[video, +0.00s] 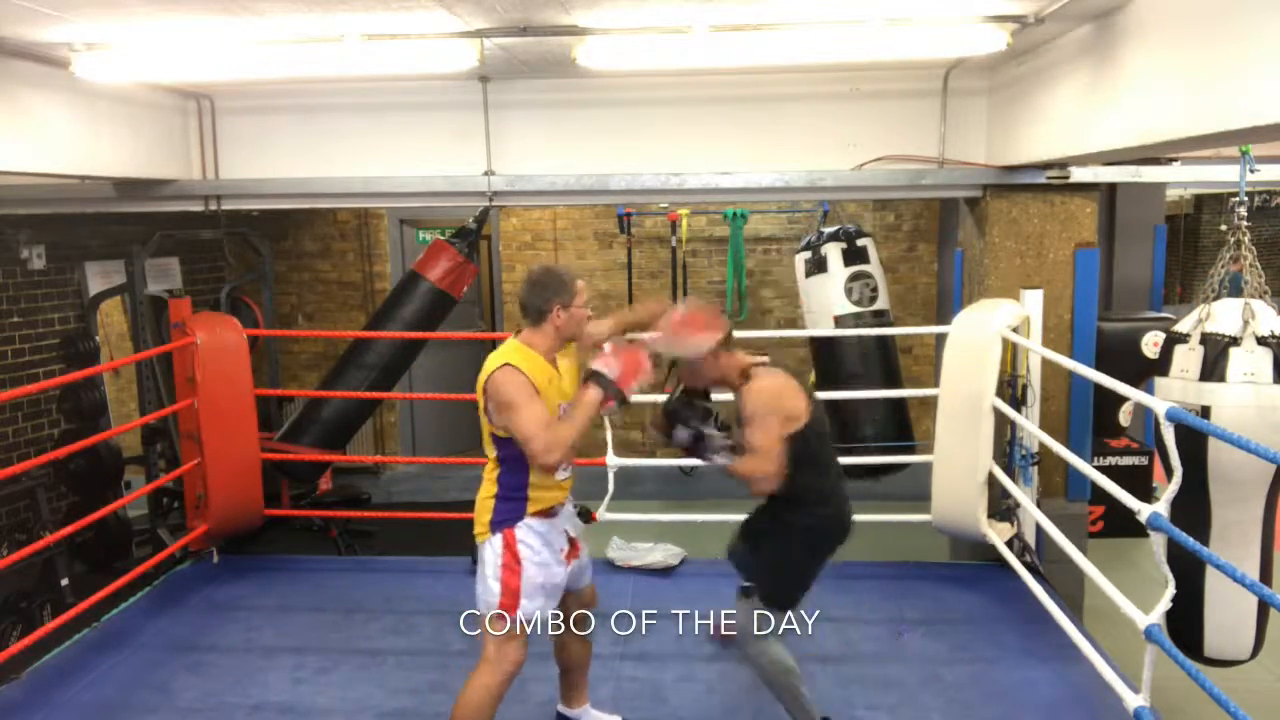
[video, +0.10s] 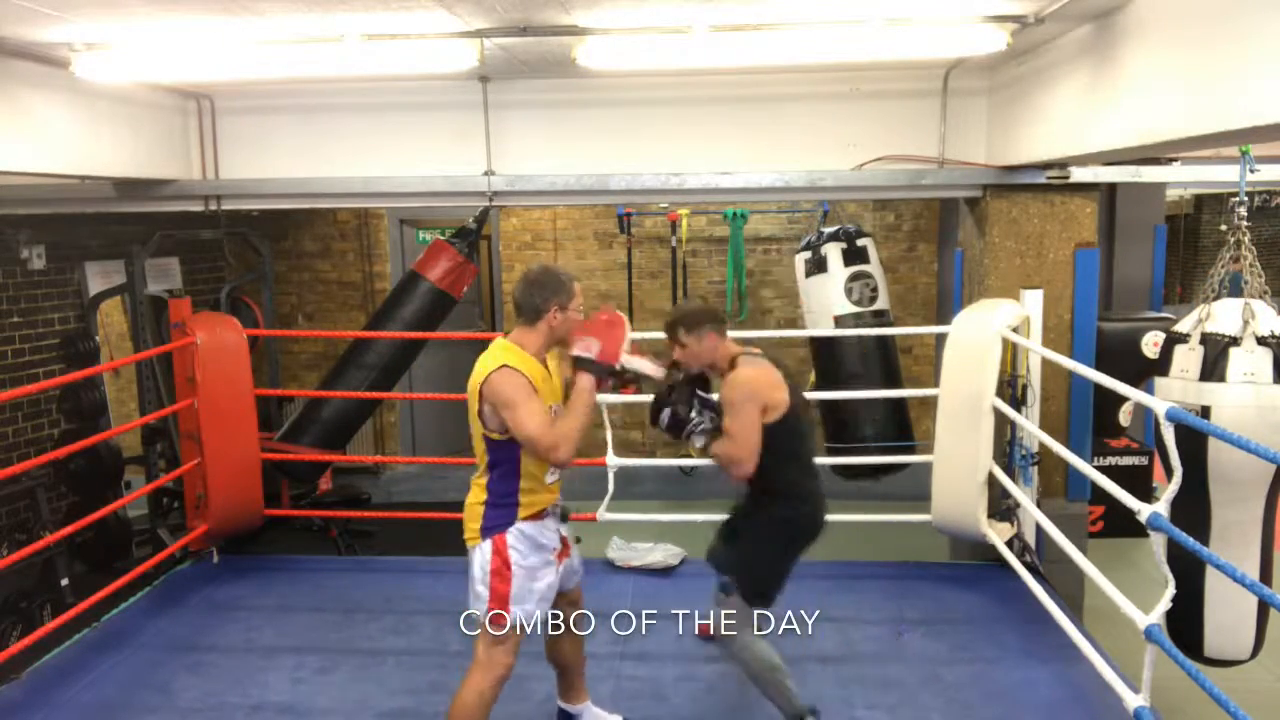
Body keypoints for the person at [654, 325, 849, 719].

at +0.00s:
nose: (684, 379)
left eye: (685, 367)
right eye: (681, 368)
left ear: (709, 359)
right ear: (712, 355)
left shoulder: (763, 391)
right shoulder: (754, 381)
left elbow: (766, 476)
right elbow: (756, 449)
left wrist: (714, 452)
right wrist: (713, 435)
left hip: (813, 516)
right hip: (792, 505)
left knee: (753, 631)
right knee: (749, 560)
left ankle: (809, 715)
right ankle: (745, 626)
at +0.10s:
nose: (677, 360)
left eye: (678, 349)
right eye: (673, 351)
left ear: (704, 339)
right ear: (710, 339)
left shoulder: (742, 382)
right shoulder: (745, 361)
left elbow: (742, 462)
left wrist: (698, 431)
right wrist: (699, 410)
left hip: (787, 510)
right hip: (779, 500)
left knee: (733, 626)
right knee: (726, 560)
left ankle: (799, 713)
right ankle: (727, 625)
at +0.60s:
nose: (642, 345)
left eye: (648, 334)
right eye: (640, 335)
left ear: (677, 326)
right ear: (674, 329)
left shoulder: (714, 363)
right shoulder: (681, 368)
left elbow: (730, 411)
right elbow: (657, 410)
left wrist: (666, 411)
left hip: (743, 494)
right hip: (717, 486)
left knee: (670, 590)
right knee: (694, 555)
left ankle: (698, 701)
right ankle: (738, 614)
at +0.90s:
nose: (613, 383)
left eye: (614, 371)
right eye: (611, 373)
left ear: (638, 365)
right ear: (647, 362)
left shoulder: (680, 408)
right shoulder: (706, 384)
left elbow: (657, 497)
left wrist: (617, 453)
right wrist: (643, 442)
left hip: (745, 545)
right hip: (768, 533)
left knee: (635, 623)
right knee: (704, 562)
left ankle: (650, 714)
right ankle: (760, 636)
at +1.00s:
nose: (642, 373)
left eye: (640, 361)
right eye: (638, 363)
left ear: (658, 351)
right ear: (683, 346)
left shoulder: (680, 397)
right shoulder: (741, 379)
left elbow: (657, 487)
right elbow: (714, 450)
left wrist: (633, 437)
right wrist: (653, 422)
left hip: (732, 553)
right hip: (782, 548)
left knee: (629, 612)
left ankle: (644, 715)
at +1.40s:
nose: (683, 360)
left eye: (681, 349)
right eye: (679, 351)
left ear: (698, 334)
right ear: (716, 331)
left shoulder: (733, 375)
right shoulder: (767, 367)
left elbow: (715, 462)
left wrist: (661, 445)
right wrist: (679, 407)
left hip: (752, 560)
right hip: (804, 557)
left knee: (656, 650)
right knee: (813, 653)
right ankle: (873, 716)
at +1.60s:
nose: (698, 343)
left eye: (699, 335)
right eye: (699, 335)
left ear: (712, 332)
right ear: (751, 329)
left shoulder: (698, 369)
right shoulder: (807, 377)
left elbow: (605, 400)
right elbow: (842, 445)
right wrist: (789, 419)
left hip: (723, 565)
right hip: (797, 566)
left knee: (658, 650)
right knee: (843, 651)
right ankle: (890, 718)